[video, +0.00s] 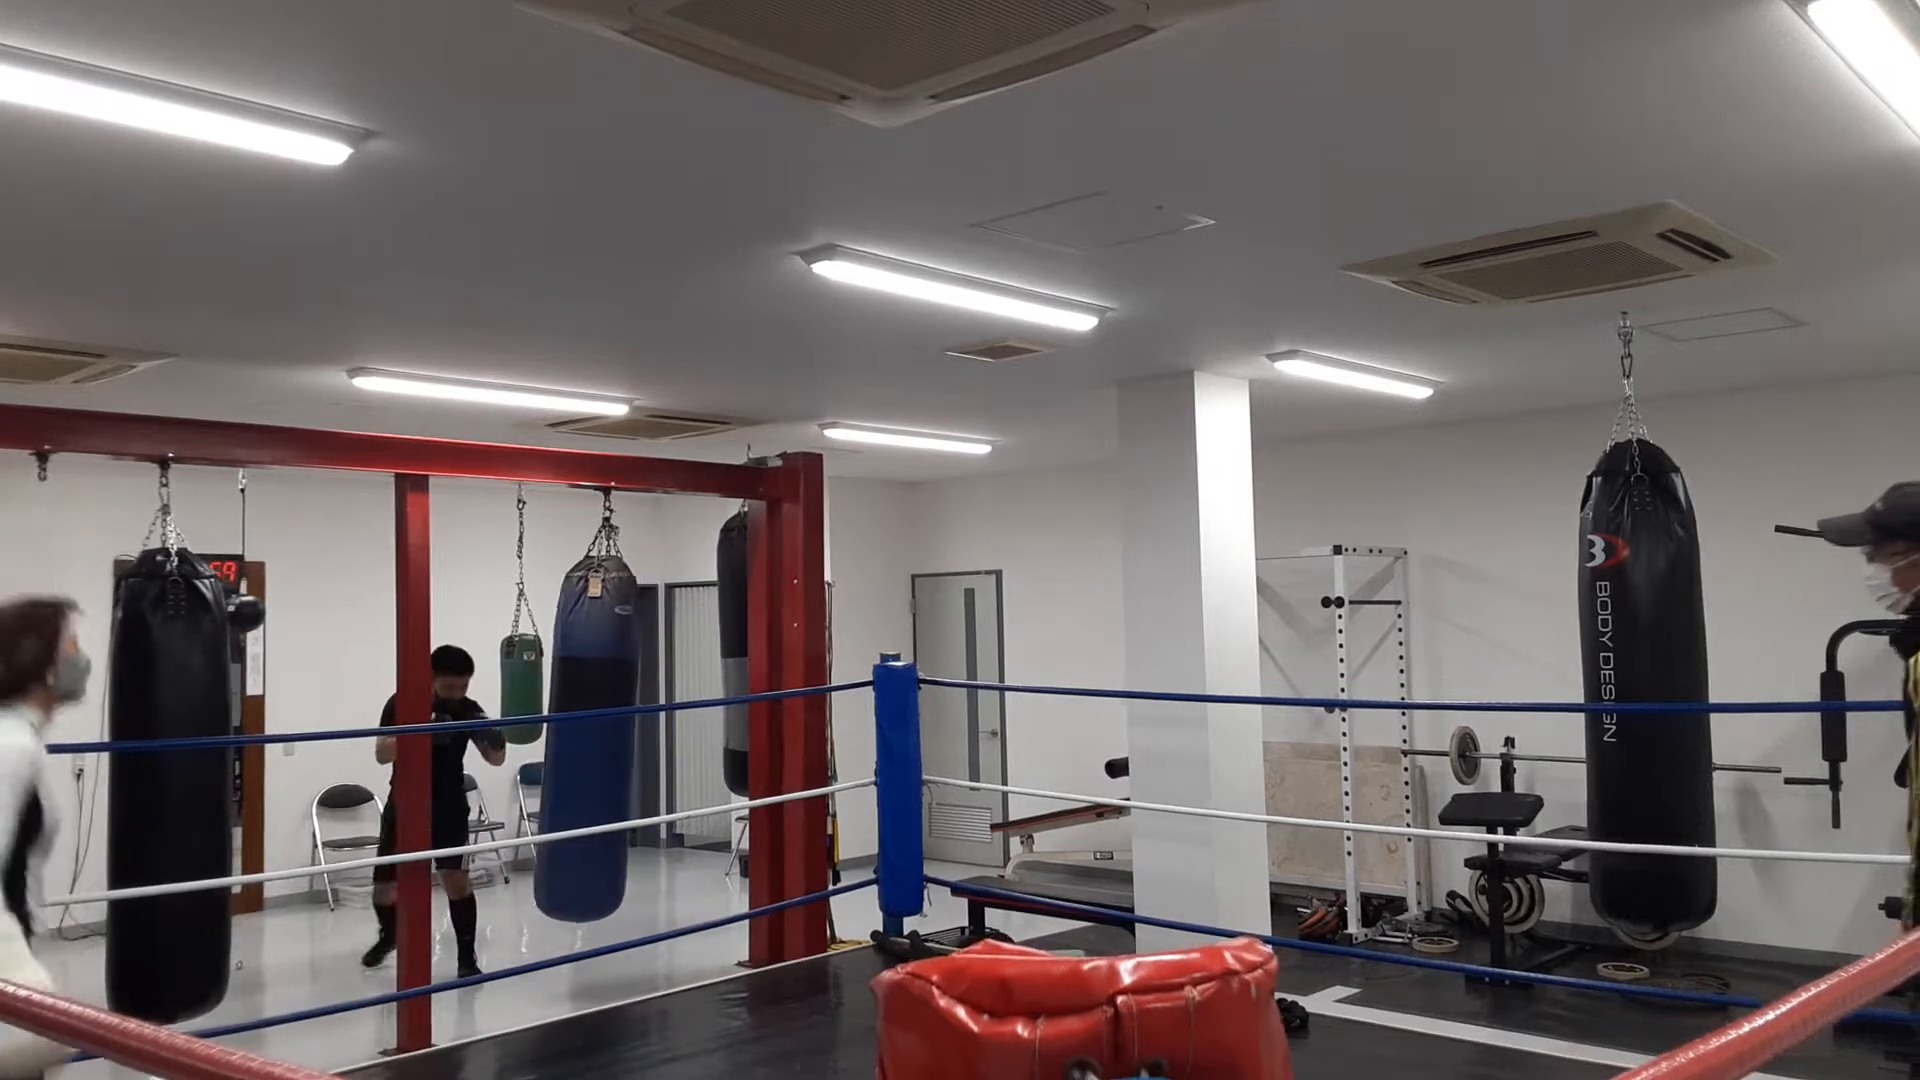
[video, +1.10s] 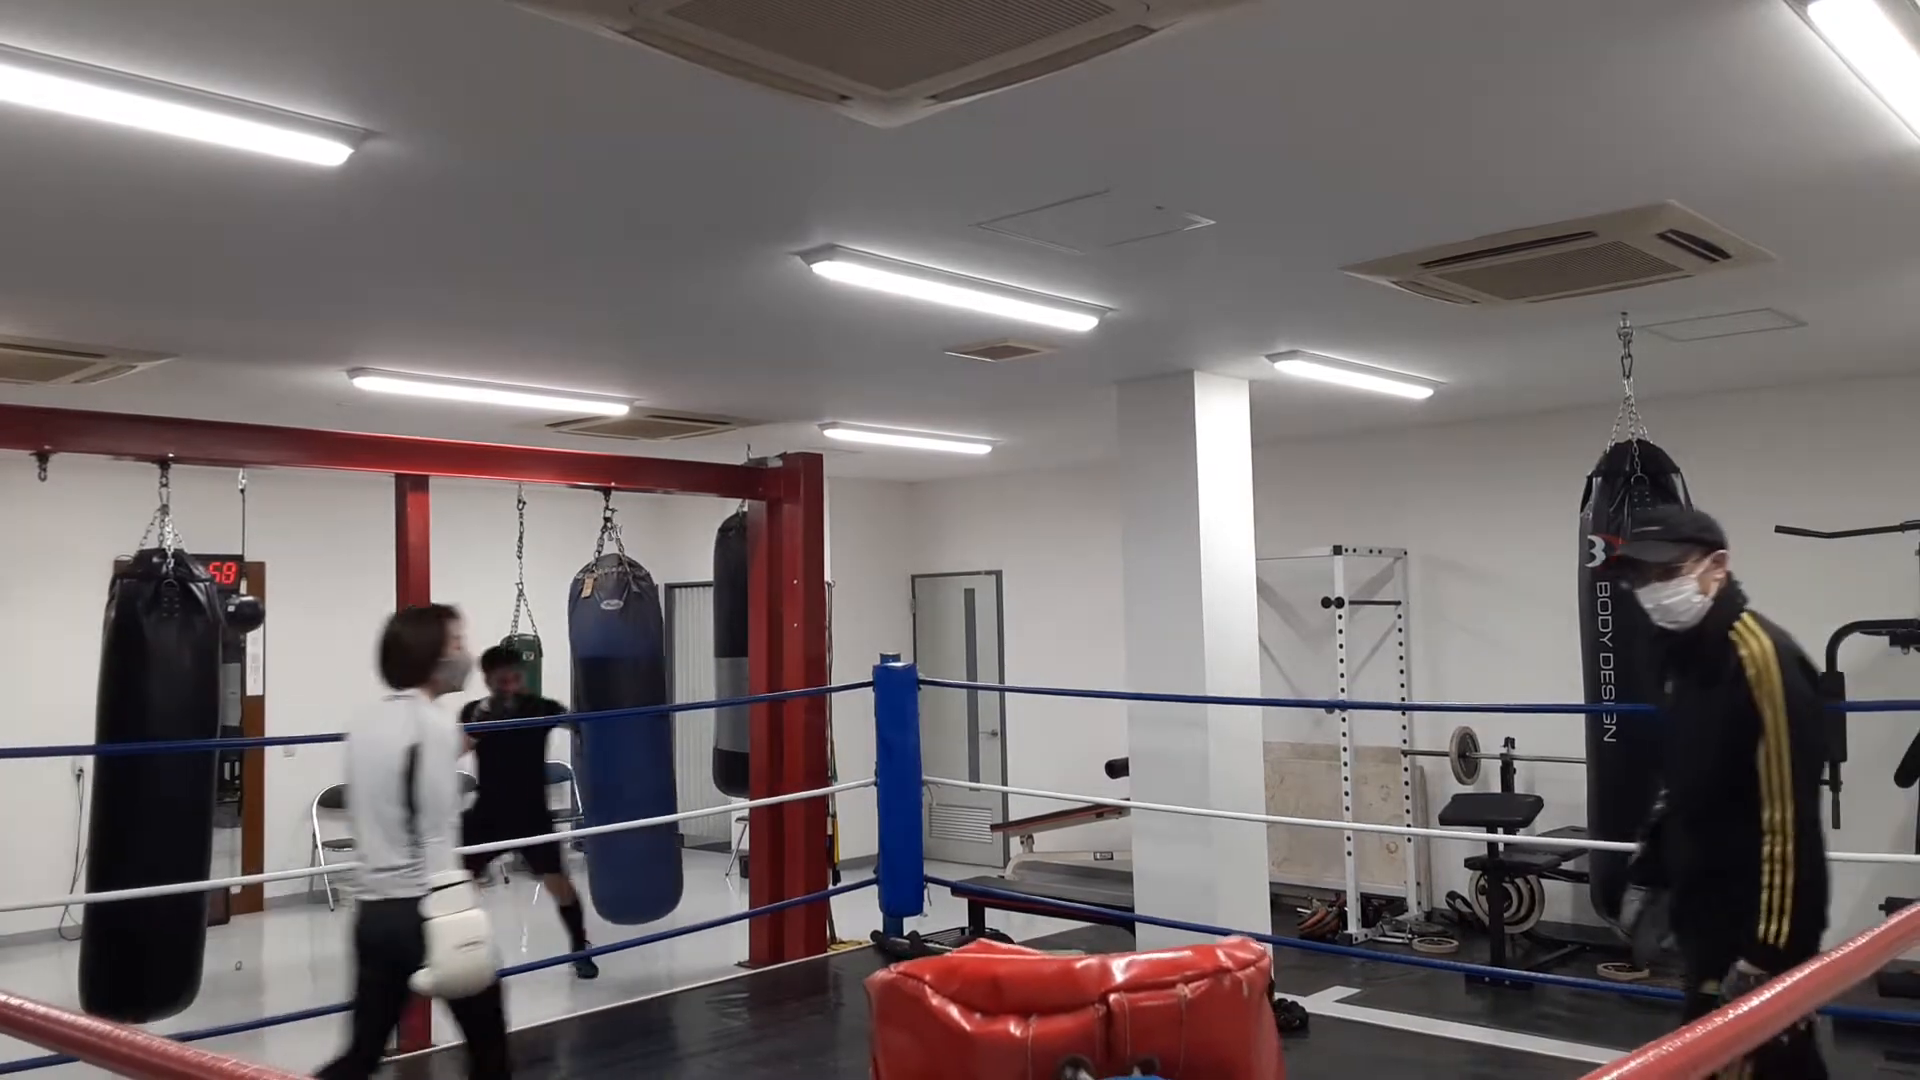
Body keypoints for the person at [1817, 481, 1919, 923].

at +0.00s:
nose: (1881, 575)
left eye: (1890, 561)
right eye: (1879, 561)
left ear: (1919, 558)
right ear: (1902, 560)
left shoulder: (1913, 647)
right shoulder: (1910, 646)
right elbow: (1914, 788)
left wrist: (1911, 904)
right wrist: (1910, 903)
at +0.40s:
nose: (1793, 579)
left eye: (1803, 567)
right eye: (1794, 567)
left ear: (1854, 572)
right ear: (1854, 573)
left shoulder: (1879, 654)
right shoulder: (1864, 645)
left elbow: (1878, 818)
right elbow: (1866, 811)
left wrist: (1857, 962)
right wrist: (1858, 954)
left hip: (1891, 960)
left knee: (1882, 1060)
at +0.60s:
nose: (1748, 572)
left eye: (1761, 555)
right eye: (1747, 558)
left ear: (1817, 559)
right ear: (1812, 562)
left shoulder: (1845, 644)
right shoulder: (1822, 640)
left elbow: (1844, 804)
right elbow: (1822, 801)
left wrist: (1820, 947)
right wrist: (1803, 935)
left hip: (1855, 952)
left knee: (1847, 1066)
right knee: (1835, 1064)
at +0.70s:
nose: (1732, 576)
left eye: (1745, 559)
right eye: (1728, 563)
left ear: (1800, 559)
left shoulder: (1835, 650)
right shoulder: (1798, 645)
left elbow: (1832, 809)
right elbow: (1797, 797)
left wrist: (1801, 951)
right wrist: (1775, 931)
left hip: (1827, 946)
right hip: (1795, 935)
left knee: (1813, 1067)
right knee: (1789, 1064)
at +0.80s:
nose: (1714, 581)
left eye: (1728, 564)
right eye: (1708, 568)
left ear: (1783, 560)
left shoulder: (1823, 650)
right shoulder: (1768, 645)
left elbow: (1825, 809)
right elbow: (1769, 793)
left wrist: (1785, 945)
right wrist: (1749, 919)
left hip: (1808, 941)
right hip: (1762, 928)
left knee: (1810, 1065)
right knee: (1763, 1060)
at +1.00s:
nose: (1678, 585)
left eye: (1693, 567)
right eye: (1667, 572)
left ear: (1741, 563)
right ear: (1657, 575)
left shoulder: (1792, 655)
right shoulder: (1711, 654)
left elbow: (1810, 816)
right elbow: (1706, 789)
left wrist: (1766, 954)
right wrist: (1675, 879)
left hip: (1777, 933)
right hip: (1724, 916)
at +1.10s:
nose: (1654, 590)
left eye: (1668, 571)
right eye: (1642, 577)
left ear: (1715, 566)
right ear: (1632, 581)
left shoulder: (1761, 657)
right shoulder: (1685, 656)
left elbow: (1787, 815)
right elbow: (1684, 791)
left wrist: (1765, 961)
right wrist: (1647, 877)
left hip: (1753, 935)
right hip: (1703, 922)